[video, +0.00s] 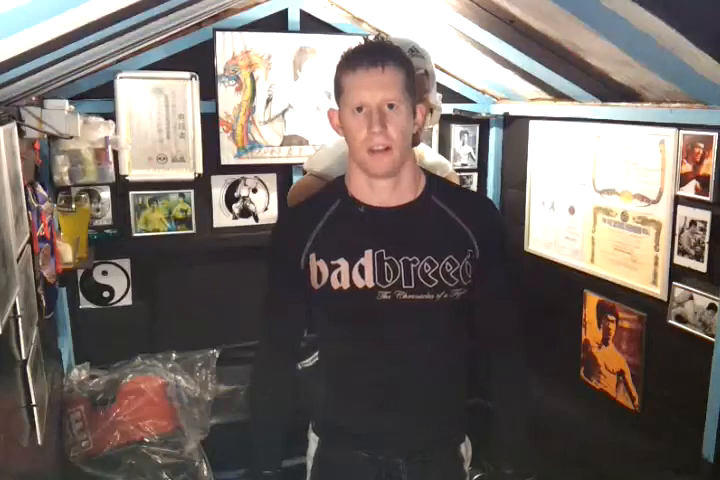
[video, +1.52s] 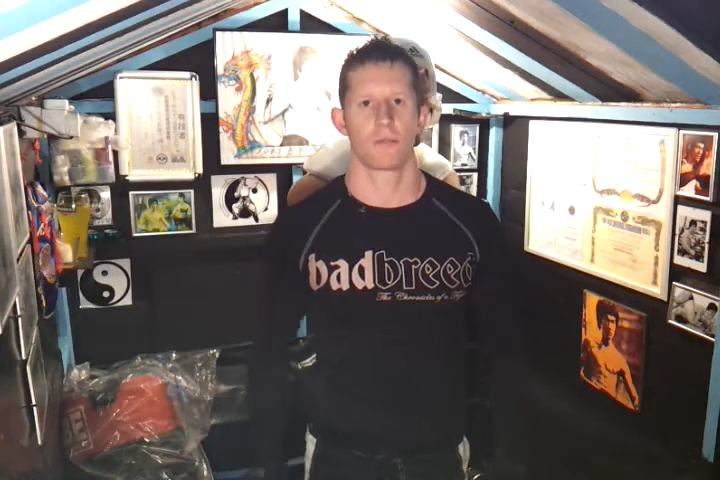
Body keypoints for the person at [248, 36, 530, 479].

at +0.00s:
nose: (377, 127)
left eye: (391, 107)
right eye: (360, 110)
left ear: (418, 117)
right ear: (338, 122)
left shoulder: (476, 221)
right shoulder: (301, 226)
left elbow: (503, 355)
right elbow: (277, 358)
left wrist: (502, 466)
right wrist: (273, 465)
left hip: (441, 458)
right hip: (342, 458)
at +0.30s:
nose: (376, 124)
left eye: (390, 105)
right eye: (359, 108)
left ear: (418, 117)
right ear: (337, 123)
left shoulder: (475, 220)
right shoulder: (301, 227)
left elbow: (502, 354)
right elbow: (277, 358)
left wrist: (504, 466)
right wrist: (272, 465)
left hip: (441, 458)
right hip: (342, 458)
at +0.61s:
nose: (377, 123)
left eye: (391, 106)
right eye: (360, 109)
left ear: (418, 116)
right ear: (337, 123)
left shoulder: (476, 221)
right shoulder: (302, 226)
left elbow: (503, 353)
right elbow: (278, 358)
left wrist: (502, 465)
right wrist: (273, 465)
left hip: (441, 458)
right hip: (342, 458)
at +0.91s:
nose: (376, 119)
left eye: (390, 102)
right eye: (359, 105)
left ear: (417, 116)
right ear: (337, 123)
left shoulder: (476, 221)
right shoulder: (302, 226)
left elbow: (501, 354)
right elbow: (278, 359)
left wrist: (498, 466)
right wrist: (272, 467)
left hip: (441, 459)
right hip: (342, 459)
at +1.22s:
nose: (379, 117)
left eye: (393, 101)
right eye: (362, 104)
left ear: (420, 117)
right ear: (339, 122)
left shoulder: (477, 222)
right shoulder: (302, 226)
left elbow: (501, 354)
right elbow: (278, 359)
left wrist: (499, 466)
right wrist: (272, 467)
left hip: (441, 459)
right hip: (342, 458)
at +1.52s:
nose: (384, 118)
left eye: (398, 102)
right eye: (367, 104)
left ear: (423, 118)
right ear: (342, 122)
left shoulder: (475, 224)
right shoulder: (301, 226)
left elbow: (501, 354)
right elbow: (270, 356)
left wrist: (495, 465)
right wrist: (276, 465)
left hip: (438, 460)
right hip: (339, 459)